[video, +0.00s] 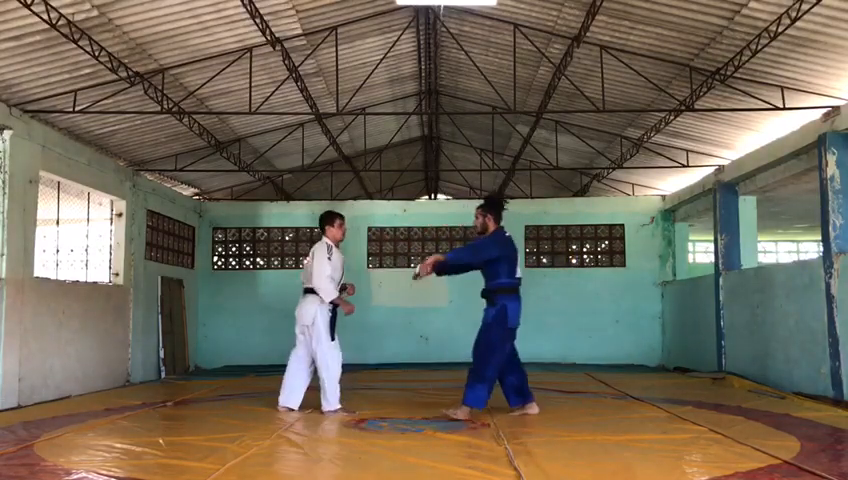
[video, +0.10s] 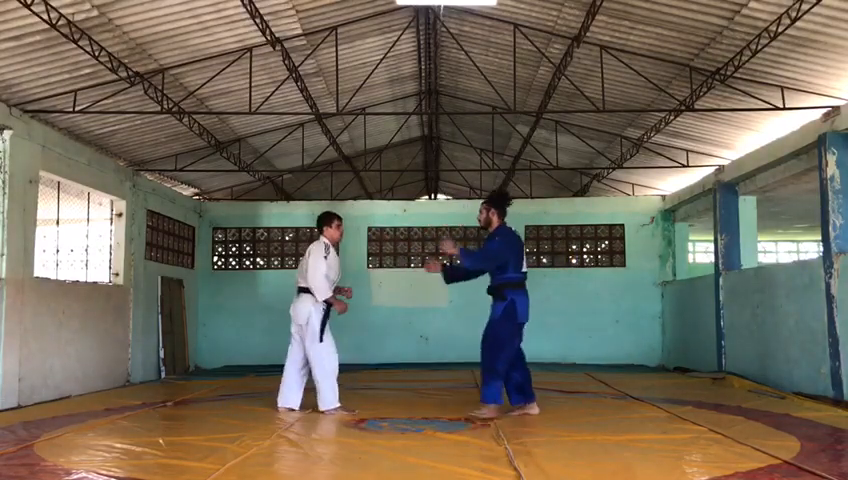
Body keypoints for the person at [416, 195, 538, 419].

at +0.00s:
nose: (475, 223)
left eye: (477, 218)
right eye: (475, 218)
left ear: (487, 218)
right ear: (492, 219)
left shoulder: (497, 241)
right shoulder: (499, 241)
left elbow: (472, 255)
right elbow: (469, 263)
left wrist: (440, 259)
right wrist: (438, 267)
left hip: (502, 305)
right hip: (503, 303)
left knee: (484, 352)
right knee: (504, 352)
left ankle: (466, 407)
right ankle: (527, 403)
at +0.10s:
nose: (479, 216)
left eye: (482, 212)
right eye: (480, 211)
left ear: (493, 213)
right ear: (495, 213)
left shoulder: (503, 238)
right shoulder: (503, 238)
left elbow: (484, 260)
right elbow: (477, 267)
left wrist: (457, 251)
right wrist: (443, 269)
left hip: (508, 300)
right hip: (511, 298)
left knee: (492, 346)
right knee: (509, 348)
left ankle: (491, 404)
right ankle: (527, 402)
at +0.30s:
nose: (485, 215)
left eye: (488, 211)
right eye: (485, 211)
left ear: (499, 213)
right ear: (502, 213)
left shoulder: (514, 238)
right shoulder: (499, 240)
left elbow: (498, 265)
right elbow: (485, 270)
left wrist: (483, 248)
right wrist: (454, 270)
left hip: (520, 300)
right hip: (509, 300)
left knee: (518, 351)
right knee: (509, 352)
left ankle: (545, 401)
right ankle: (524, 401)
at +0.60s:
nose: (478, 229)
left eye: (480, 225)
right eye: (478, 225)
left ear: (491, 225)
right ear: (493, 225)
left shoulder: (517, 249)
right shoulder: (492, 251)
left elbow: (505, 284)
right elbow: (485, 279)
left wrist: (477, 267)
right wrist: (456, 273)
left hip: (527, 309)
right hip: (506, 308)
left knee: (536, 359)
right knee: (484, 348)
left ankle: (558, 411)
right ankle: (480, 400)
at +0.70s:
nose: (468, 231)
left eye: (470, 227)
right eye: (468, 227)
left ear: (481, 227)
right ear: (483, 228)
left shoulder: (506, 251)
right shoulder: (482, 253)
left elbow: (496, 285)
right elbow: (475, 279)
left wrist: (467, 270)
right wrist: (445, 274)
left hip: (521, 309)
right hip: (500, 309)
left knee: (534, 358)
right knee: (481, 354)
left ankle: (557, 410)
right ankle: (468, 404)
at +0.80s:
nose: (456, 235)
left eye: (458, 231)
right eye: (457, 231)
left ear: (469, 232)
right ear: (472, 232)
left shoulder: (494, 255)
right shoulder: (471, 257)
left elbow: (485, 288)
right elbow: (459, 280)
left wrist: (455, 274)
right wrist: (429, 274)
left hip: (511, 310)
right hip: (490, 310)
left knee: (523, 359)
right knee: (470, 353)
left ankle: (553, 408)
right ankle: (466, 405)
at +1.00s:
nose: (444, 233)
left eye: (445, 228)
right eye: (443, 228)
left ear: (453, 228)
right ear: (458, 227)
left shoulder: (481, 249)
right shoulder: (457, 251)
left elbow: (477, 283)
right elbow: (438, 266)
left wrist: (447, 276)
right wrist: (413, 268)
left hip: (501, 305)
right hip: (481, 305)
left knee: (504, 353)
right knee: (470, 352)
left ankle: (520, 406)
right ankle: (465, 405)